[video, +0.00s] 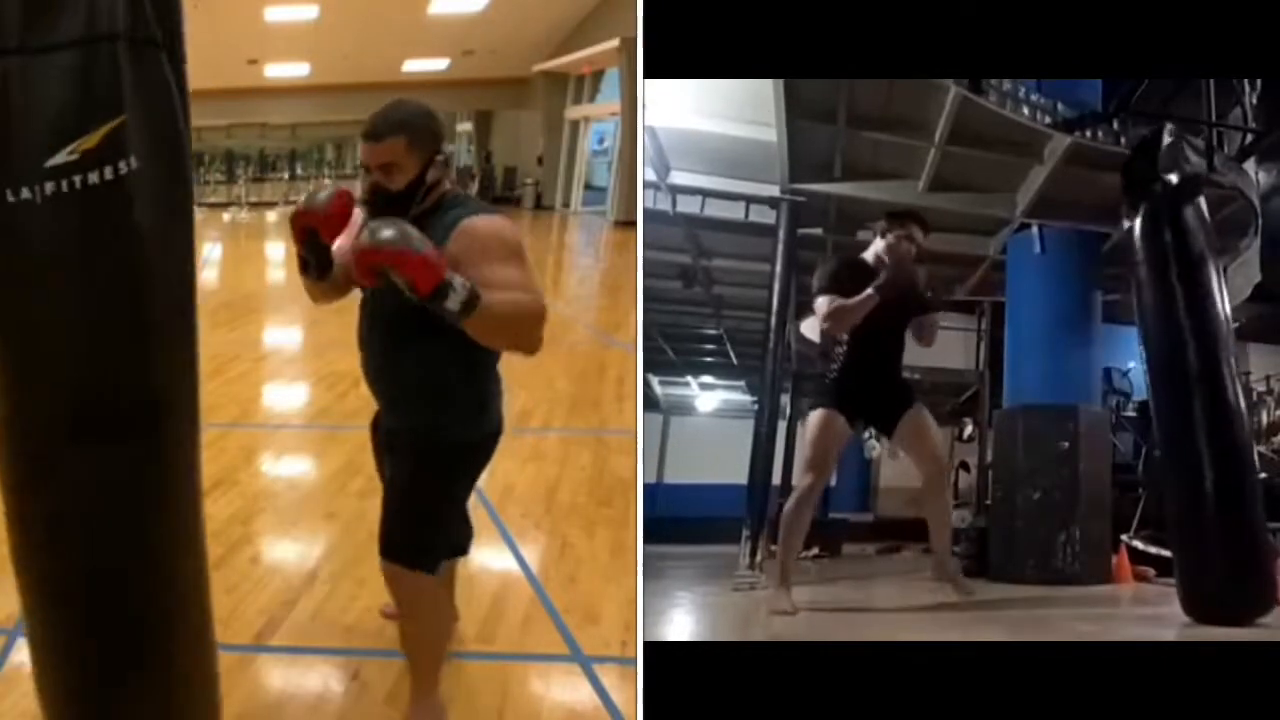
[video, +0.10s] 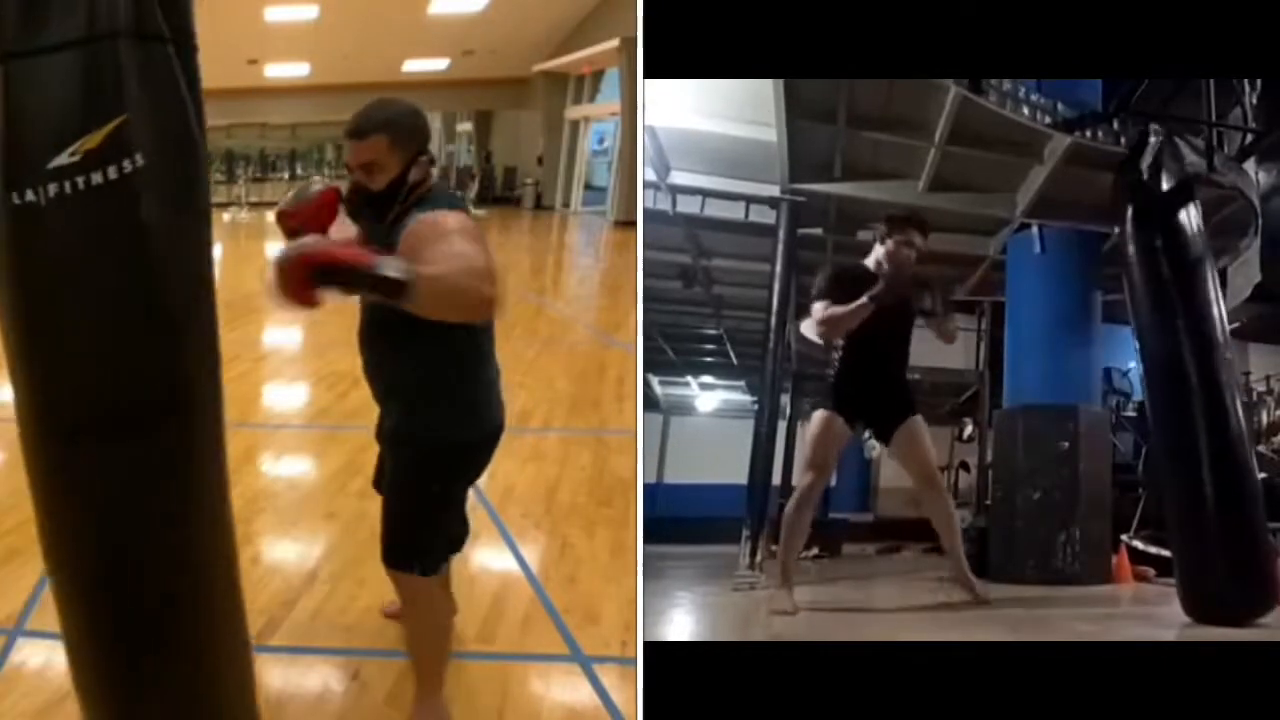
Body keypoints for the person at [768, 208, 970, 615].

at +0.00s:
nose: (906, 249)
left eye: (914, 245)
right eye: (902, 239)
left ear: (917, 253)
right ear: (879, 237)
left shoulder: (907, 285)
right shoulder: (844, 270)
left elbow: (925, 337)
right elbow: (829, 322)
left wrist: (921, 290)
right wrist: (878, 287)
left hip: (889, 390)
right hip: (841, 388)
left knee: (937, 469)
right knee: (811, 480)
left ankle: (943, 566)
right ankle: (781, 582)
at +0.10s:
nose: (910, 256)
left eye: (916, 250)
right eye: (904, 245)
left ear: (918, 255)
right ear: (881, 243)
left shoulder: (911, 289)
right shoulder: (844, 277)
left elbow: (948, 336)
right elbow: (817, 325)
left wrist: (941, 307)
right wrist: (872, 298)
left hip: (892, 397)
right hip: (845, 393)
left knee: (931, 482)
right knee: (811, 481)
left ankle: (961, 570)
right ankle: (784, 580)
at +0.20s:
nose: (918, 259)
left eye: (925, 255)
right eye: (913, 249)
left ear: (927, 262)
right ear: (891, 247)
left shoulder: (918, 294)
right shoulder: (856, 281)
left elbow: (948, 344)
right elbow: (831, 329)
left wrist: (923, 290)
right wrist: (883, 295)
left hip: (898, 398)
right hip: (852, 393)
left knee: (932, 485)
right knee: (822, 486)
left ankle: (956, 581)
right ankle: (786, 584)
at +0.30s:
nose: (945, 273)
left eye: (950, 268)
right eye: (941, 263)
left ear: (946, 270)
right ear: (918, 255)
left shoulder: (928, 300)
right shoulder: (880, 277)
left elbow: (932, 360)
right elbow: (864, 316)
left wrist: (947, 329)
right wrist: (918, 299)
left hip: (896, 401)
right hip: (854, 395)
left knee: (930, 487)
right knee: (833, 490)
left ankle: (953, 581)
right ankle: (785, 583)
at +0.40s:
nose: (960, 298)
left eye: (965, 293)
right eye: (961, 288)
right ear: (942, 275)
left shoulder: (928, 312)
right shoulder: (905, 283)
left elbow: (918, 349)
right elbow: (910, 327)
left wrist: (949, 338)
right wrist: (948, 326)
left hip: (898, 404)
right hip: (860, 398)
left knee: (940, 482)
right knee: (839, 494)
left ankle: (951, 582)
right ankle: (785, 583)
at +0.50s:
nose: (979, 293)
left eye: (983, 286)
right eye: (976, 283)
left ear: (977, 284)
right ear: (956, 272)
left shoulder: (958, 308)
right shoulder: (915, 282)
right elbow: (915, 330)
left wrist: (960, 334)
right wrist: (956, 324)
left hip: (919, 403)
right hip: (877, 395)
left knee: (960, 485)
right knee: (860, 490)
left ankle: (953, 581)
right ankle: (793, 570)